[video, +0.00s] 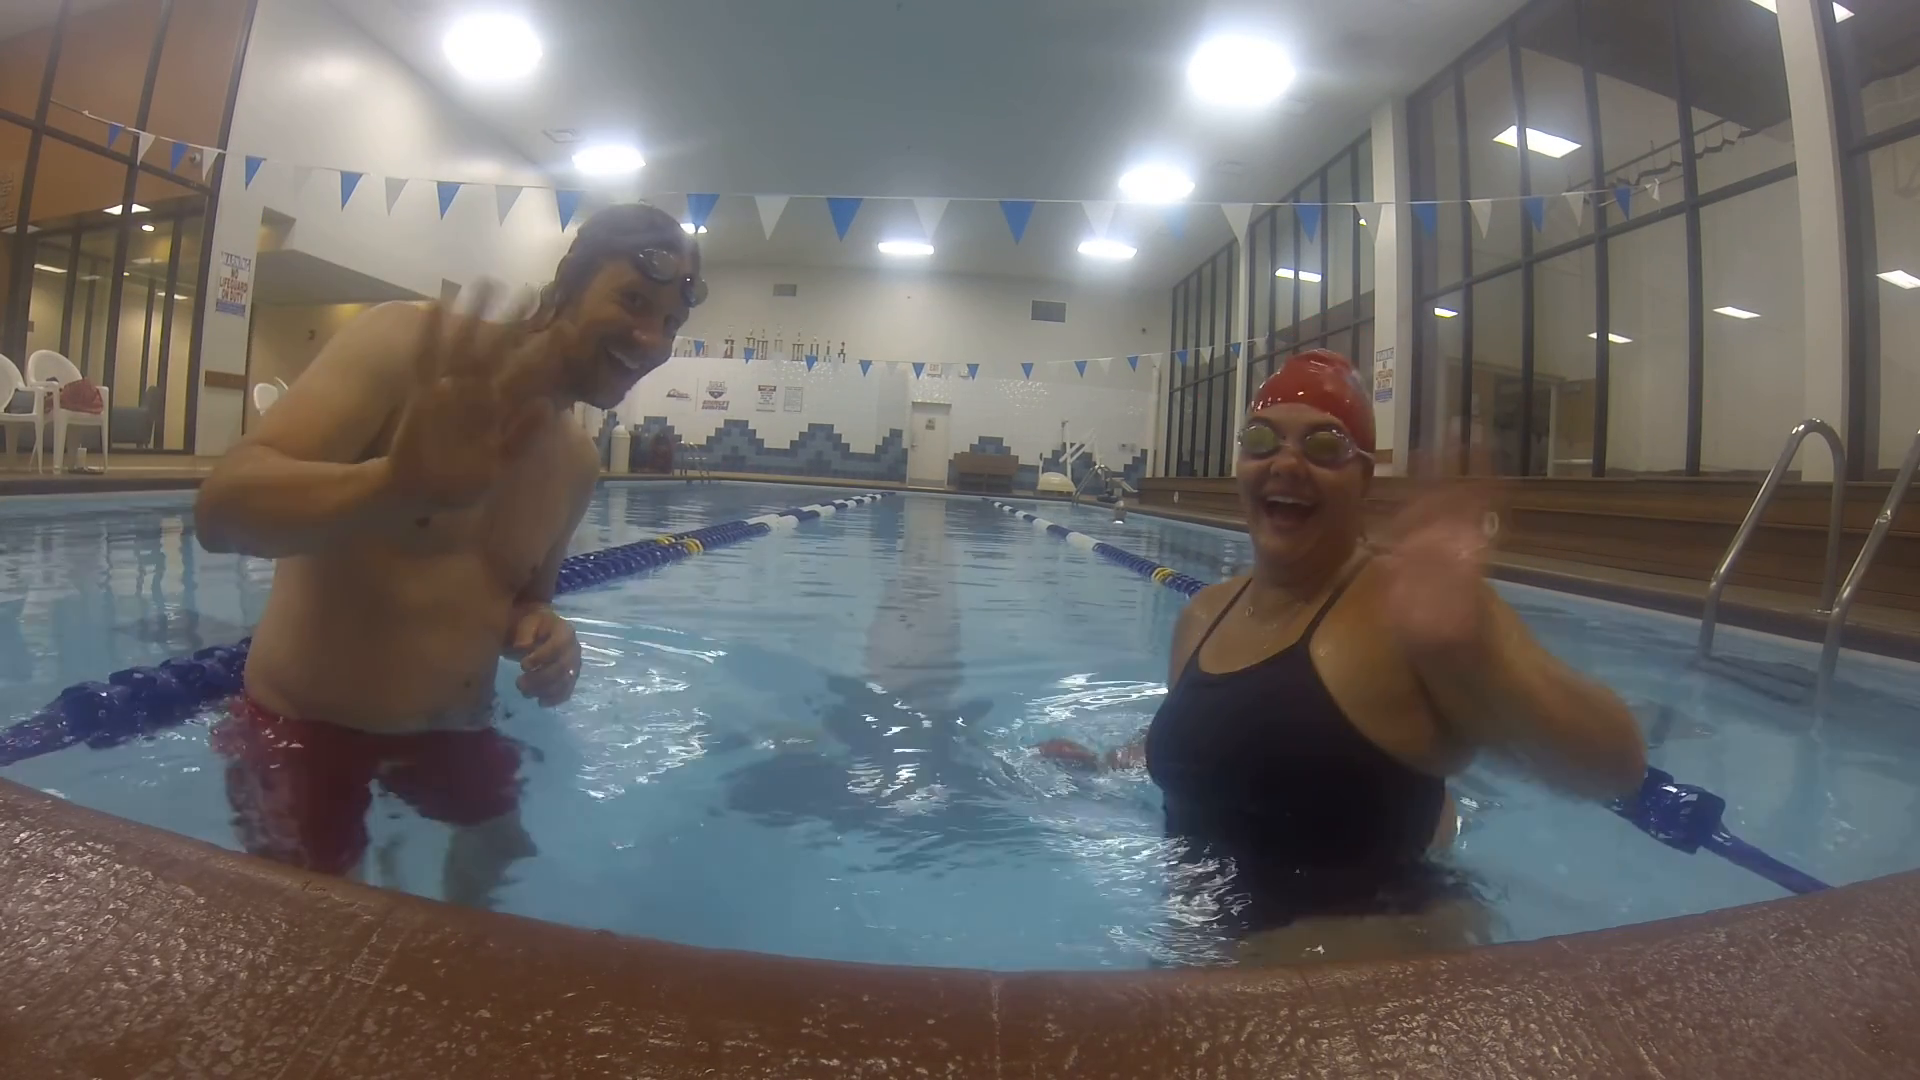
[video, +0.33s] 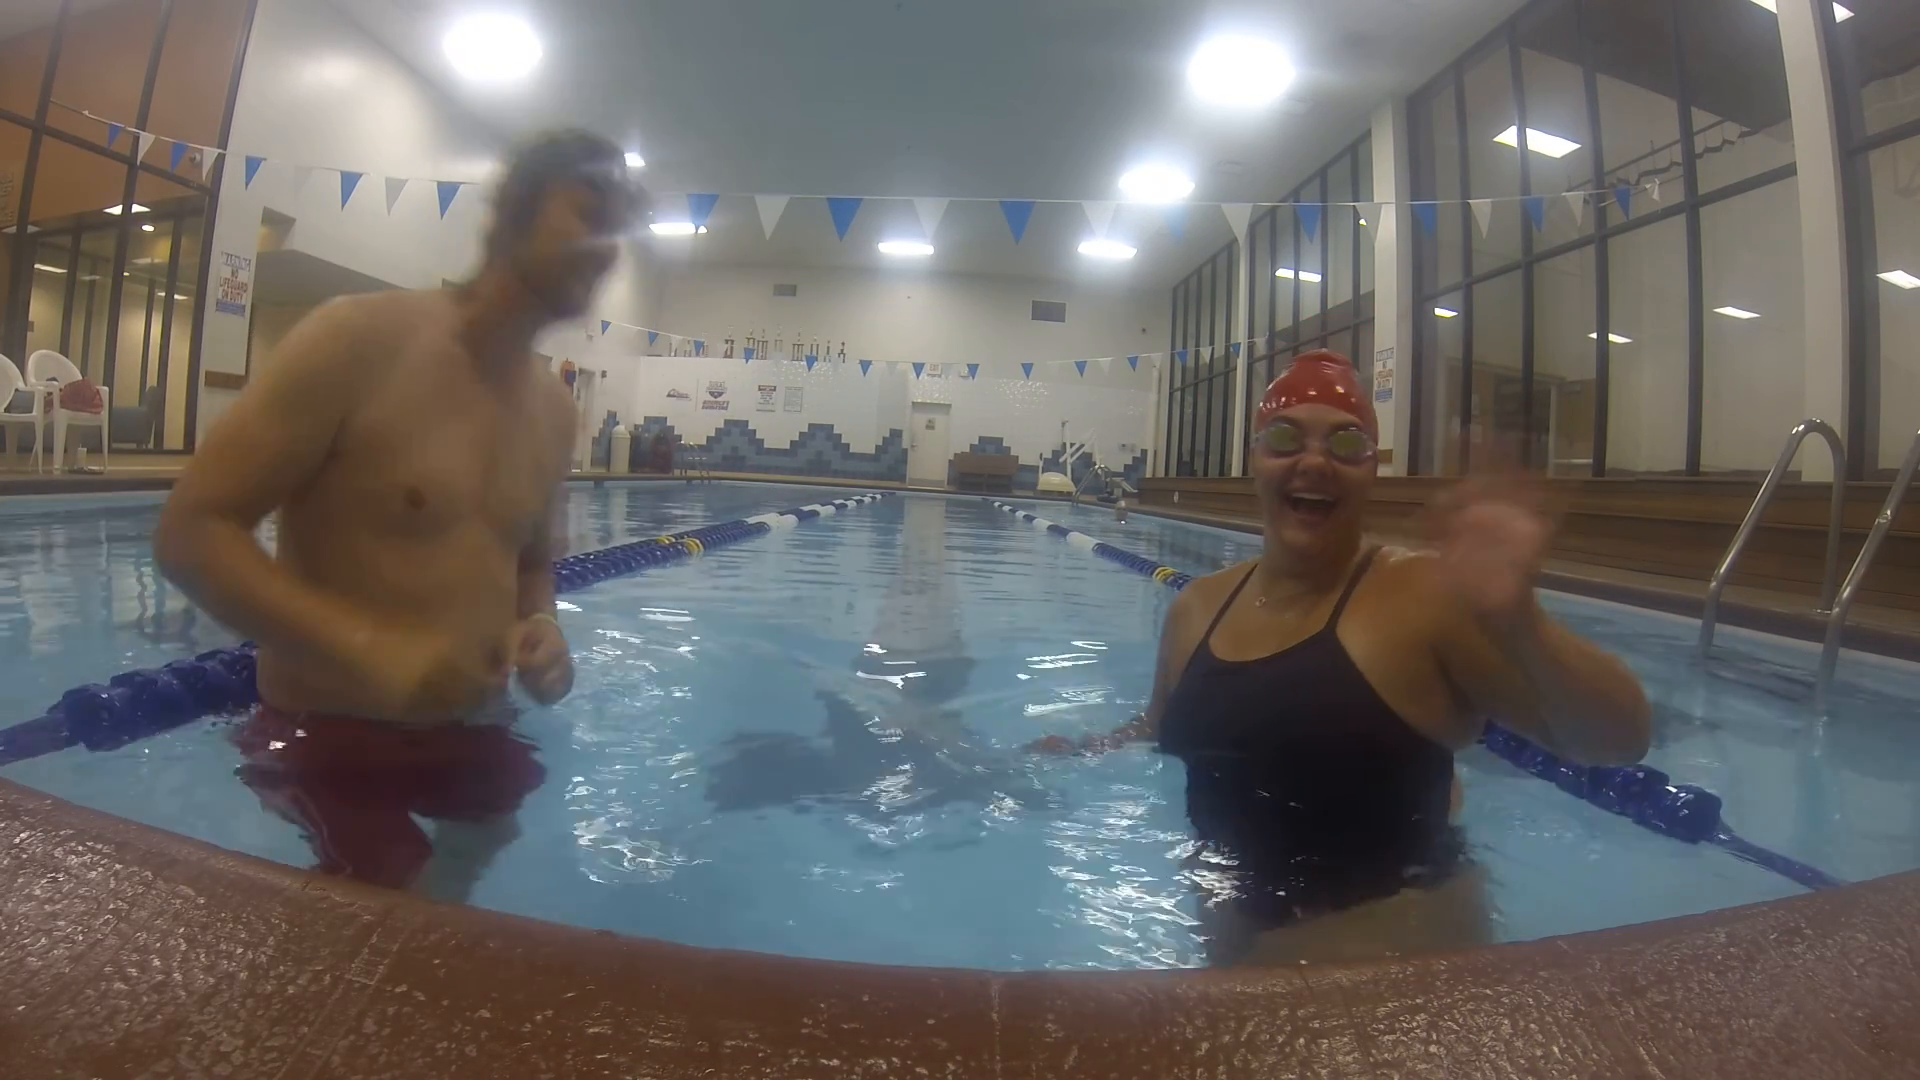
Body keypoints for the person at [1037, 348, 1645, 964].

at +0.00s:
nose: (1285, 467)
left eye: (1323, 447)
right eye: (1263, 442)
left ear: (1366, 477)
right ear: (1240, 464)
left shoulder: (1419, 607)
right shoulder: (1206, 612)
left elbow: (1619, 768)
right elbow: (1204, 742)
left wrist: (1468, 652)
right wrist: (1105, 765)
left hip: (1372, 985)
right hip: (1219, 973)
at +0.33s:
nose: (1313, 465)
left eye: (1342, 444)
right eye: (1286, 440)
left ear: (1374, 470)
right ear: (1251, 461)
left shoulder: (1432, 597)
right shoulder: (1197, 610)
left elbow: (1623, 738)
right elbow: (1167, 727)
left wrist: (1519, 625)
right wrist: (1072, 754)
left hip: (1398, 954)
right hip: (1244, 952)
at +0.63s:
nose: (1345, 463)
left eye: (1373, 442)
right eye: (1316, 438)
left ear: (1397, 468)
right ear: (1276, 457)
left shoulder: (1452, 593)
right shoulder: (1216, 601)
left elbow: (1646, 728)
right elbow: (1182, 722)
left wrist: (1538, 623)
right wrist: (1081, 761)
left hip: (1417, 928)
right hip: (1264, 924)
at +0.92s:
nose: (1353, 465)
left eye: (1386, 443)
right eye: (1326, 438)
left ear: (1418, 467)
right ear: (1293, 459)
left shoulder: (1470, 594)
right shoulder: (1261, 593)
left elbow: (1649, 763)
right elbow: (1263, 730)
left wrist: (1489, 642)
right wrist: (1141, 741)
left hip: (1436, 934)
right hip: (1286, 925)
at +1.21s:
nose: (1300, 467)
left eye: (1339, 443)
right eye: (1293, 442)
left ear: (1420, 470)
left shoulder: (1458, 596)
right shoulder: (1319, 595)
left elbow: (1615, 796)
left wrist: (1342, 732)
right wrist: (1269, 713)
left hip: (1446, 976)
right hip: (1323, 950)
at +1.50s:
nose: (1290, 456)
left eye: (1304, 431)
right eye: (1298, 431)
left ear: (1360, 453)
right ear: (1369, 454)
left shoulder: (1399, 587)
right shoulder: (1458, 561)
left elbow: (1423, 852)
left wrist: (1224, 801)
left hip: (1372, 967)